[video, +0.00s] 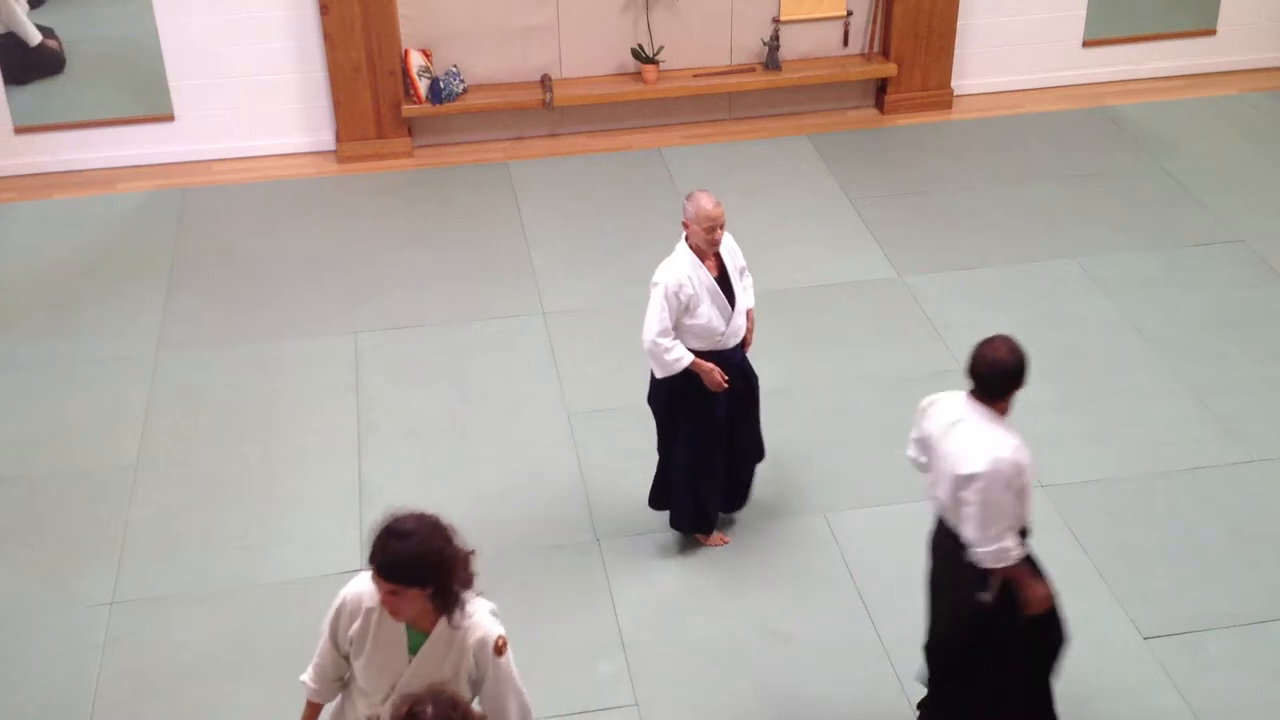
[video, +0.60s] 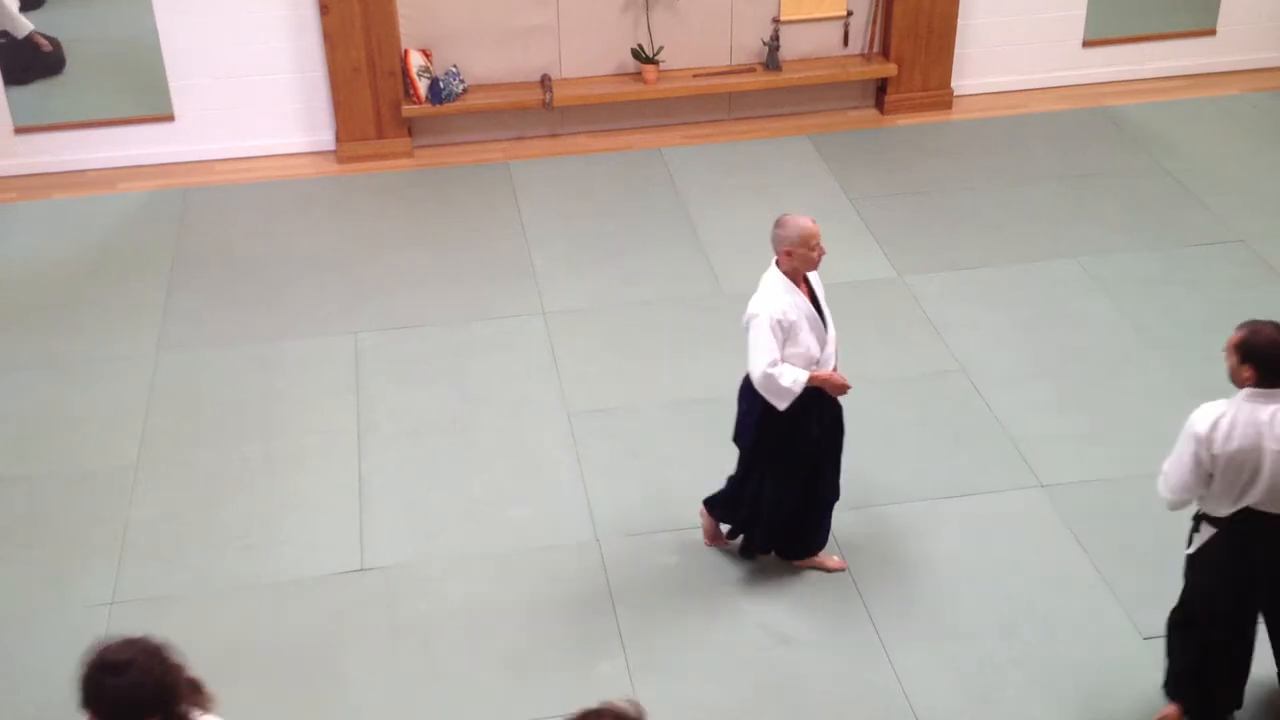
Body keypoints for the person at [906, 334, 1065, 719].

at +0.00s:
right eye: (1018, 375)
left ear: (970, 372)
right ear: (1016, 386)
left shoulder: (939, 407)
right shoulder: (997, 457)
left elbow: (920, 457)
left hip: (946, 542)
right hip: (993, 563)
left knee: (952, 636)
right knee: (1039, 638)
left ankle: (945, 702)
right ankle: (1017, 707)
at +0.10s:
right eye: (1069, 369)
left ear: (1022, 370)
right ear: (1070, 377)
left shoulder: (990, 406)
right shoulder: (1073, 449)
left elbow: (960, 457)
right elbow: (1073, 534)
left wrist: (1008, 467)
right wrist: (1112, 550)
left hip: (1009, 542)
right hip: (1056, 559)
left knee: (1017, 631)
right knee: (1110, 636)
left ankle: (963, 704)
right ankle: (1114, 706)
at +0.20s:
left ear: (1074, 380)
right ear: (1123, 386)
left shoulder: (1041, 424)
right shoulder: (1127, 456)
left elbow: (1010, 478)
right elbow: (1148, 536)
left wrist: (1059, 479)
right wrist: (1187, 542)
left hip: (1063, 562)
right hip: (1112, 577)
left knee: (1086, 660)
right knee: (1155, 668)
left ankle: (1026, 702)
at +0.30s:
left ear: (1121, 374)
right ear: (1170, 378)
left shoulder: (1086, 421)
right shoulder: (1181, 444)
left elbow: (1062, 486)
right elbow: (1201, 528)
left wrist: (1110, 476)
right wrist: (1237, 540)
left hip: (1107, 550)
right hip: (1160, 564)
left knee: (1132, 646)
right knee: (1203, 644)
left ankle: (1132, 707)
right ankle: (1173, 709)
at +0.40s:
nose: (1158, 361)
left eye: (1159, 356)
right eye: (1161, 355)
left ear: (1165, 366)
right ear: (1213, 368)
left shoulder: (1126, 414)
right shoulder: (1234, 430)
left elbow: (1098, 477)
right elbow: (1256, 517)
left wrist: (1147, 460)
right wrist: (1278, 544)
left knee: (1152, 665)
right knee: (1246, 656)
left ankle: (1152, 713)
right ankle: (1259, 707)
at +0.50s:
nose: (1192, 354)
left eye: (1197, 352)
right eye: (1196, 348)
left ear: (1210, 372)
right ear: (1250, 369)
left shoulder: (1169, 418)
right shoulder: (1272, 425)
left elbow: (1135, 485)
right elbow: (1276, 496)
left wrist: (1176, 459)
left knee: (1171, 660)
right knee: (1273, 659)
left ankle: (1164, 712)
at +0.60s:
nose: (1225, 358)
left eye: (1230, 354)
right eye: (1228, 351)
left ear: (1248, 371)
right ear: (1266, 367)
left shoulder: (1213, 420)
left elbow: (1174, 492)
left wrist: (1213, 469)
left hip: (1225, 543)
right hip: (1273, 540)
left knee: (1203, 623)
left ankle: (1189, 702)